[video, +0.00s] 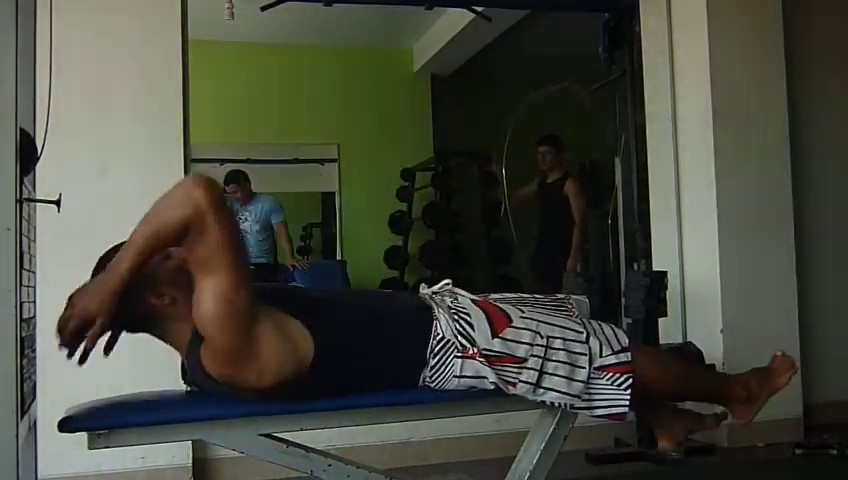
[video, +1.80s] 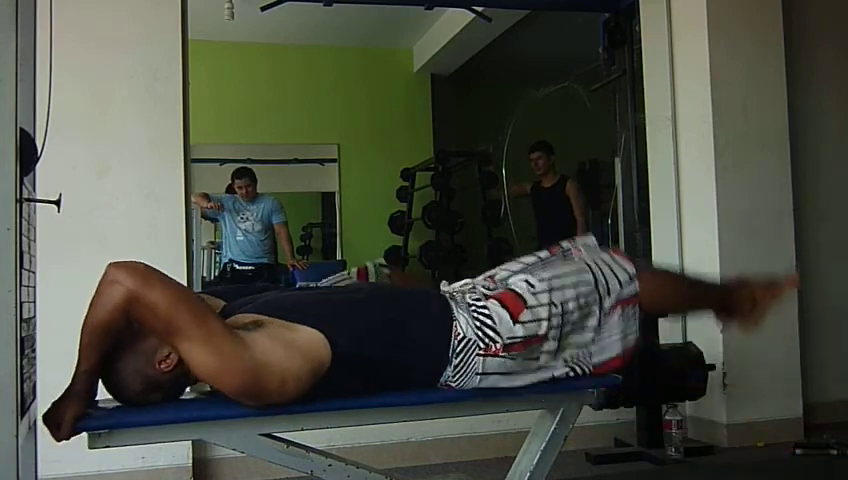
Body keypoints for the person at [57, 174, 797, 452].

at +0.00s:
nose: (192, 261)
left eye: (182, 256)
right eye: (177, 261)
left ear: (160, 300)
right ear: (170, 293)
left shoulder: (222, 334)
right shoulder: (226, 342)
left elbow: (199, 199)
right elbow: (197, 192)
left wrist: (111, 284)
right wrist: (110, 282)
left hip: (437, 322)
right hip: (451, 340)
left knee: (587, 341)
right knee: (615, 358)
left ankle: (678, 421)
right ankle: (737, 390)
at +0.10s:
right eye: (675, 387)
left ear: (634, 341)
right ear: (658, 365)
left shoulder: (584, 331)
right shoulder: (603, 356)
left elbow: (633, 406)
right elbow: (665, 384)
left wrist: (700, 422)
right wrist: (742, 399)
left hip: (418, 310)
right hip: (423, 327)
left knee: (241, 341)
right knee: (224, 364)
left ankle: (126, 318)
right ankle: (115, 314)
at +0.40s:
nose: (680, 408)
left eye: (681, 398)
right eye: (685, 398)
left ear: (659, 364)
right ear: (673, 380)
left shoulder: (607, 355)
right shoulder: (615, 357)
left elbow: (634, 399)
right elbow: (663, 401)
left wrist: (693, 442)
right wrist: (732, 447)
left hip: (413, 318)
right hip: (406, 329)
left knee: (225, 339)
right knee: (232, 374)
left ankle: (85, 369)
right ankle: (78, 375)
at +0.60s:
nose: (146, 352)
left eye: (136, 356)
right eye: (141, 362)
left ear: (143, 367)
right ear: (151, 374)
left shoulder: (208, 340)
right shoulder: (211, 356)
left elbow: (95, 287)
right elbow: (92, 287)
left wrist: (77, 385)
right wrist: (72, 390)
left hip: (435, 319)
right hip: (440, 339)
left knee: (605, 346)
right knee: (616, 351)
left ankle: (690, 449)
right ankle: (697, 456)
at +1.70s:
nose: (169, 344)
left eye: (159, 349)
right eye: (165, 358)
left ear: (165, 357)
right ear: (174, 373)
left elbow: (130, 278)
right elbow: (129, 281)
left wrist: (92, 373)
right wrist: (80, 383)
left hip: (463, 309)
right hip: (474, 331)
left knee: (609, 319)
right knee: (623, 336)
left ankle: (718, 376)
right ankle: (737, 384)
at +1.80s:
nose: (170, 334)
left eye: (160, 341)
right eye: (166, 347)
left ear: (161, 363)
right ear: (169, 365)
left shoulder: (228, 331)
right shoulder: (234, 362)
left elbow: (131, 273)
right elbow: (126, 278)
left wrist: (98, 373)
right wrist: (82, 382)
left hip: (452, 309)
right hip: (468, 329)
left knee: (584, 262)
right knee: (613, 278)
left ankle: (710, 295)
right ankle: (730, 299)